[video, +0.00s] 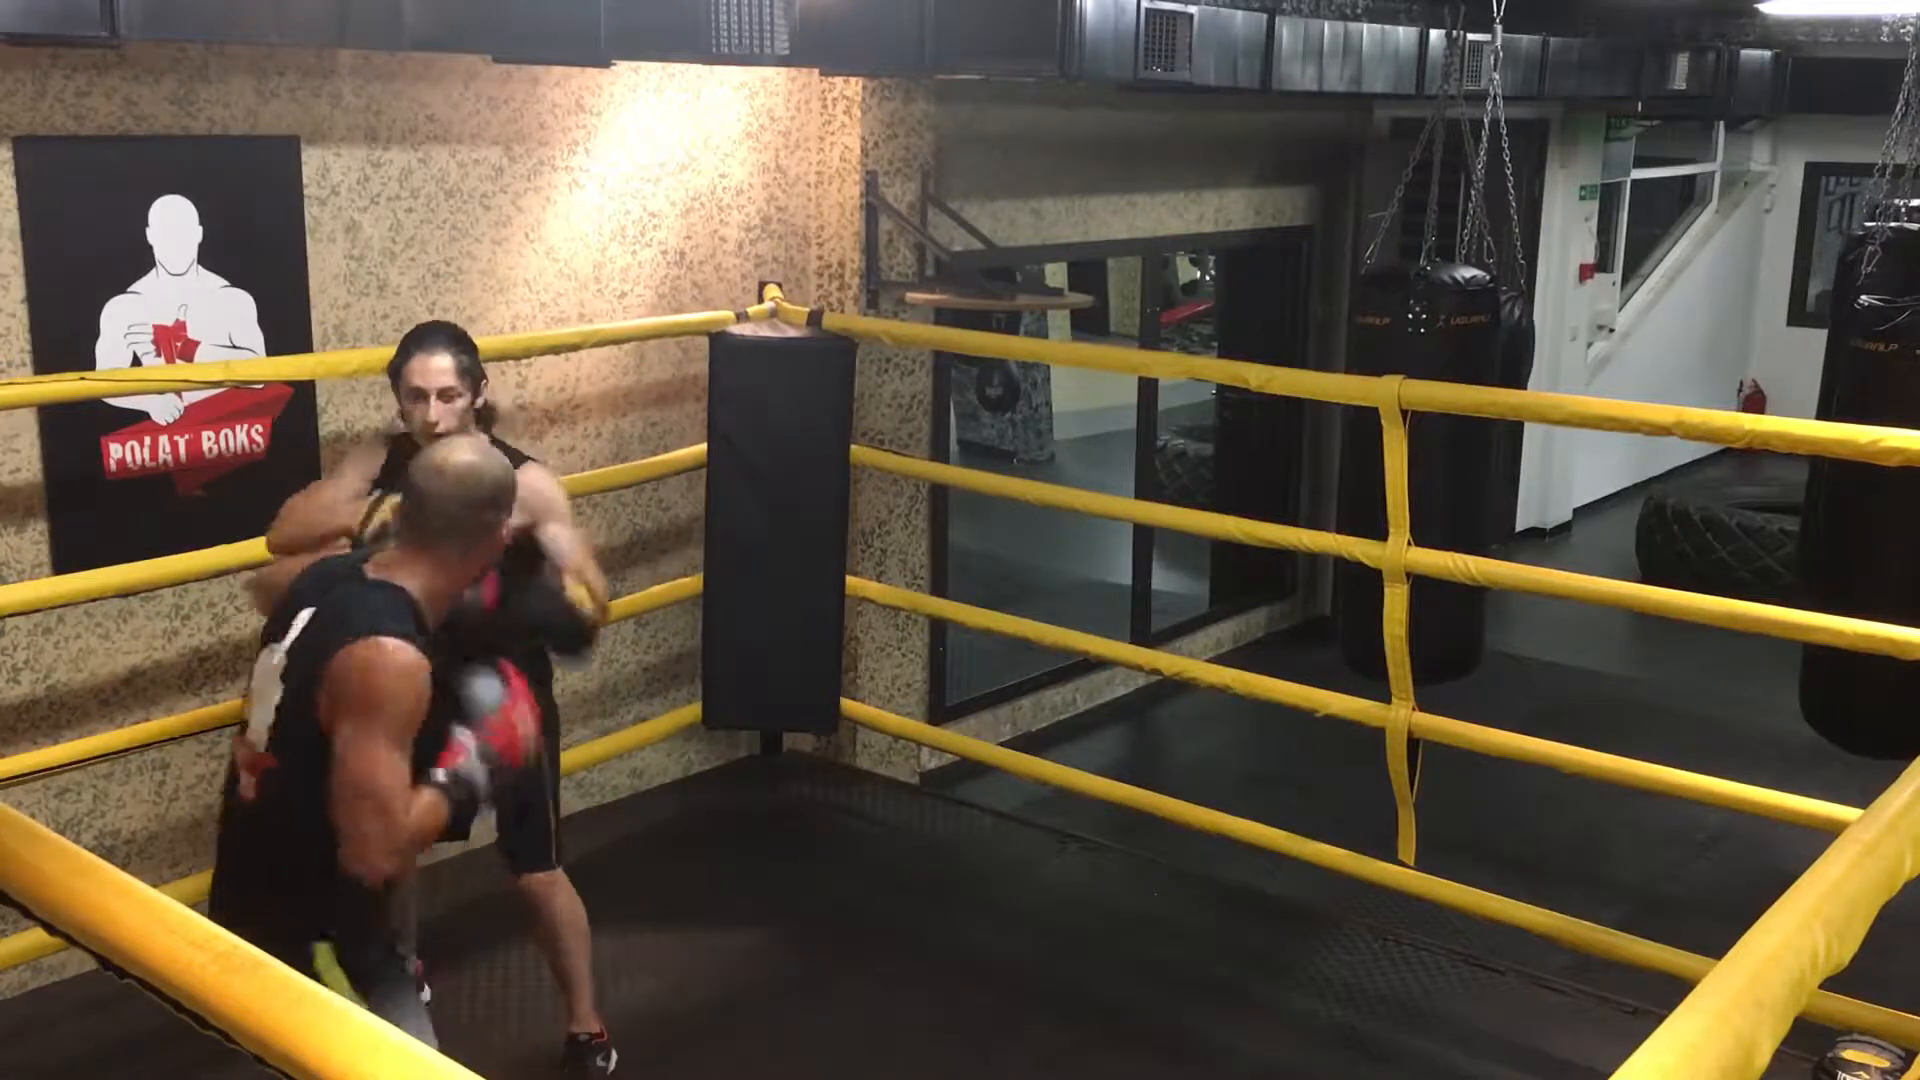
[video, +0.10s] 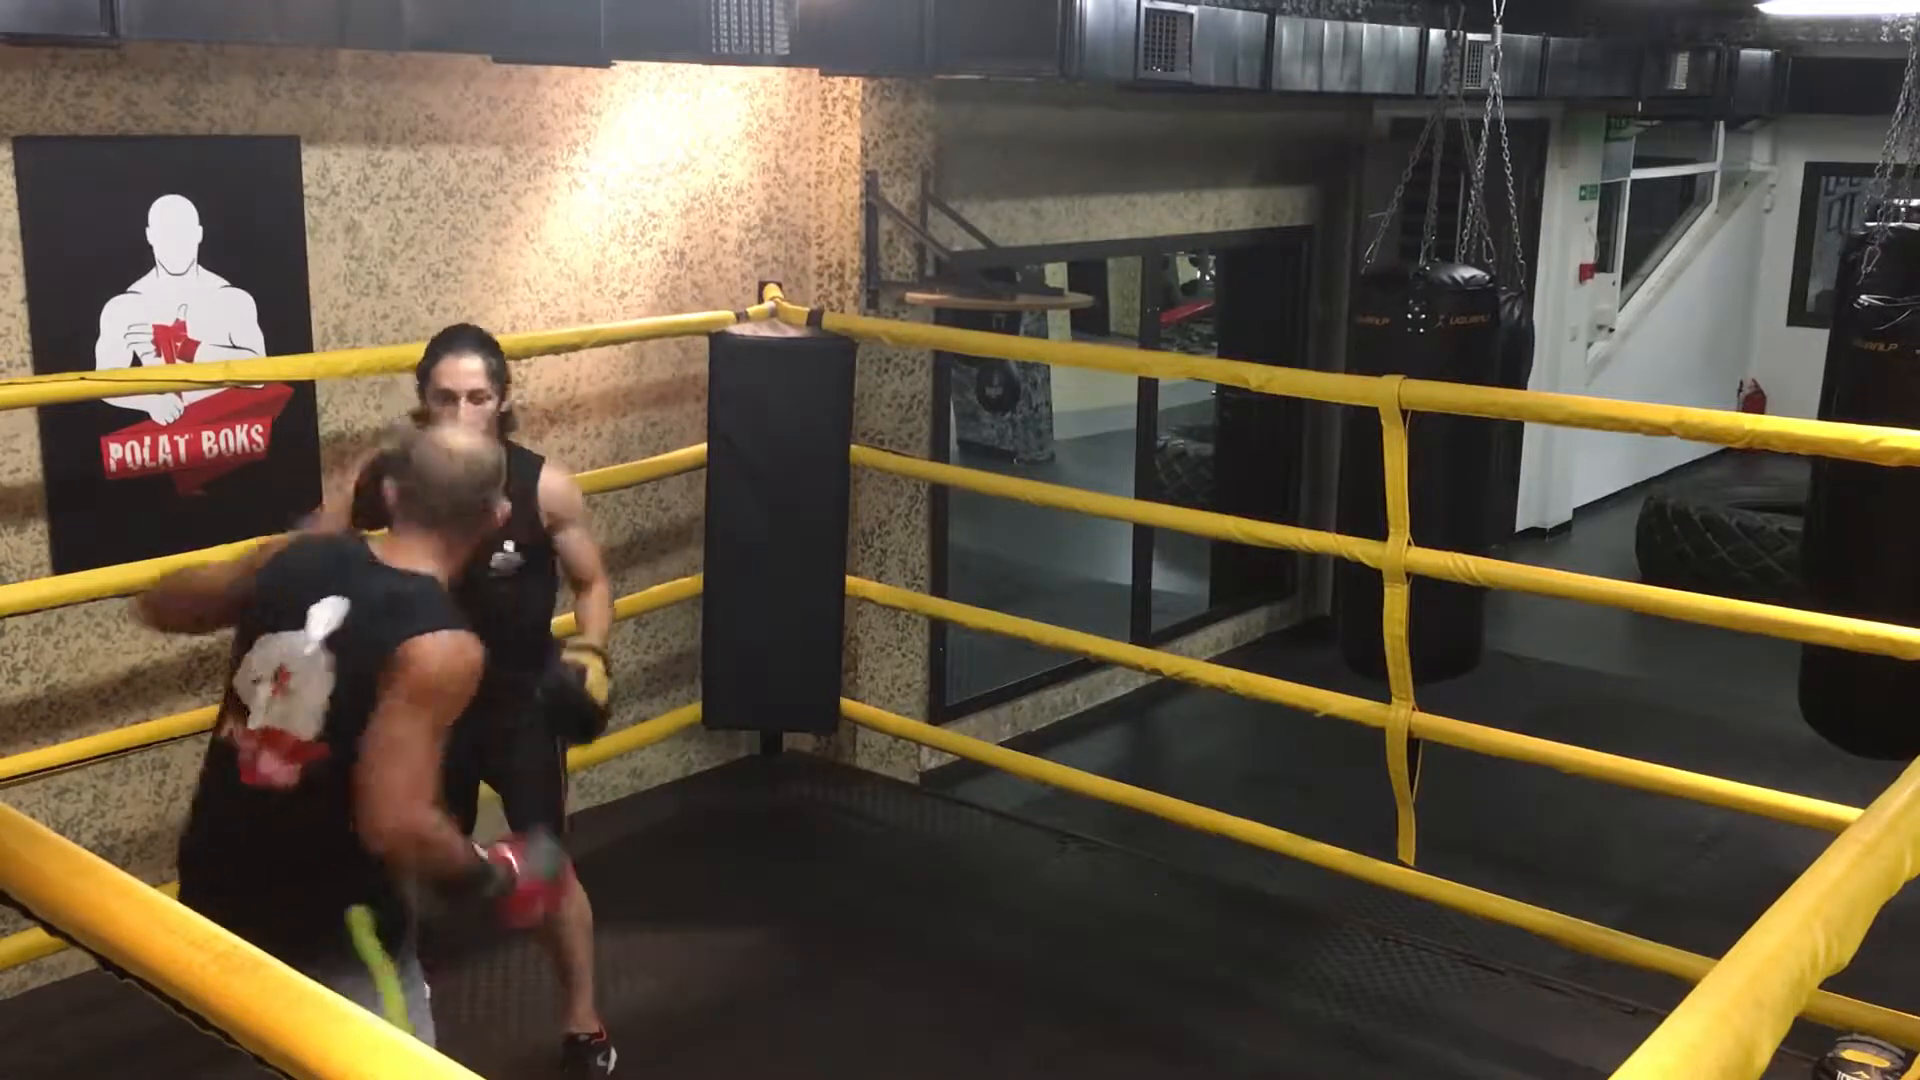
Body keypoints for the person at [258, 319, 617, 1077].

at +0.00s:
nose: (429, 411)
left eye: (444, 394)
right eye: (414, 396)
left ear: (476, 394)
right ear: (397, 401)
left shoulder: (525, 482)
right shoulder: (376, 465)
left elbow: (586, 593)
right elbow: (283, 532)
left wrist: (536, 595)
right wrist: (365, 515)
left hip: (504, 686)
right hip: (397, 685)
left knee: (534, 873)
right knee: (390, 852)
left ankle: (585, 1021)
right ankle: (396, 984)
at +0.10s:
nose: (459, 410)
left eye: (475, 395)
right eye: (443, 396)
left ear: (501, 400)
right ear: (421, 402)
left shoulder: (545, 486)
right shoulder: (383, 477)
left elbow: (591, 580)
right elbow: (312, 556)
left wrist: (592, 654)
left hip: (520, 693)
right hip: (421, 695)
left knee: (545, 858)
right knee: (410, 858)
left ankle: (583, 1021)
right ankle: (395, 1017)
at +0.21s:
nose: (473, 410)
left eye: (489, 393)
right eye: (458, 391)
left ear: (514, 399)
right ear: (433, 396)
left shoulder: (548, 486)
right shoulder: (406, 483)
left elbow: (584, 583)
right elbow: (369, 579)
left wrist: (579, 675)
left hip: (518, 686)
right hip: (419, 684)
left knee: (536, 869)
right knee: (384, 857)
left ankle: (581, 1024)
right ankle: (380, 1016)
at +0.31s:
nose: (461, 397)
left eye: (478, 382)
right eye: (446, 381)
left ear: (501, 391)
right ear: (423, 390)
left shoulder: (542, 481)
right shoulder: (401, 482)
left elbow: (589, 575)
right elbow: (363, 575)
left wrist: (568, 672)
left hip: (513, 700)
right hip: (415, 700)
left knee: (534, 871)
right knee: (385, 856)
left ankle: (581, 1023)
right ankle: (386, 999)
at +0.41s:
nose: (447, 388)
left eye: (464, 372)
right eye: (433, 372)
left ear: (491, 379)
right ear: (415, 378)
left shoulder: (536, 468)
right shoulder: (394, 469)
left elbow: (594, 563)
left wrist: (568, 658)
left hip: (519, 688)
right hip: (421, 687)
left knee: (553, 857)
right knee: (391, 851)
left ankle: (582, 1019)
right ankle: (392, 1017)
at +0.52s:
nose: (459, 378)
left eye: (476, 363)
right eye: (445, 364)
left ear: (504, 370)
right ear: (427, 371)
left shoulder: (549, 460)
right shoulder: (408, 461)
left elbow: (598, 553)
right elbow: (372, 552)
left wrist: (571, 622)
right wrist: (395, 626)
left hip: (527, 680)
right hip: (432, 674)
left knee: (575, 850)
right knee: (400, 840)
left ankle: (614, 1013)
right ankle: (413, 997)